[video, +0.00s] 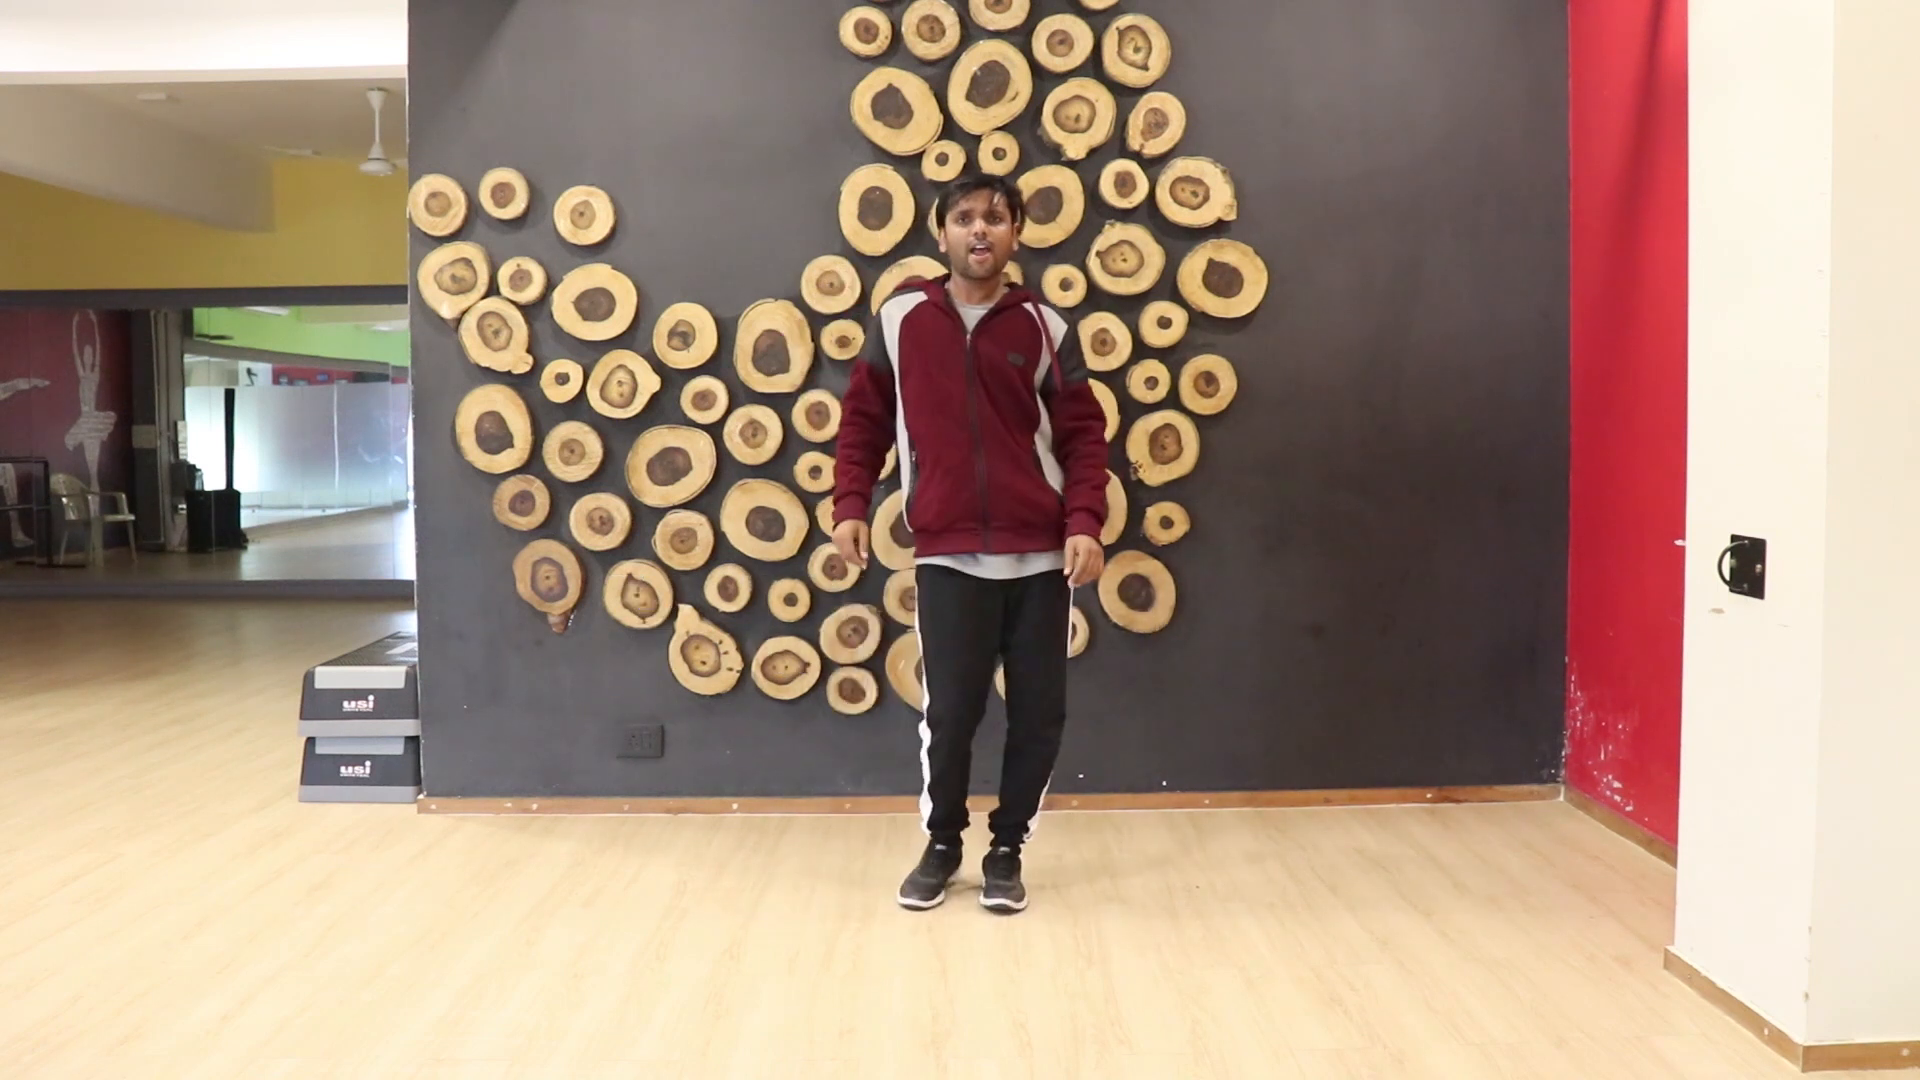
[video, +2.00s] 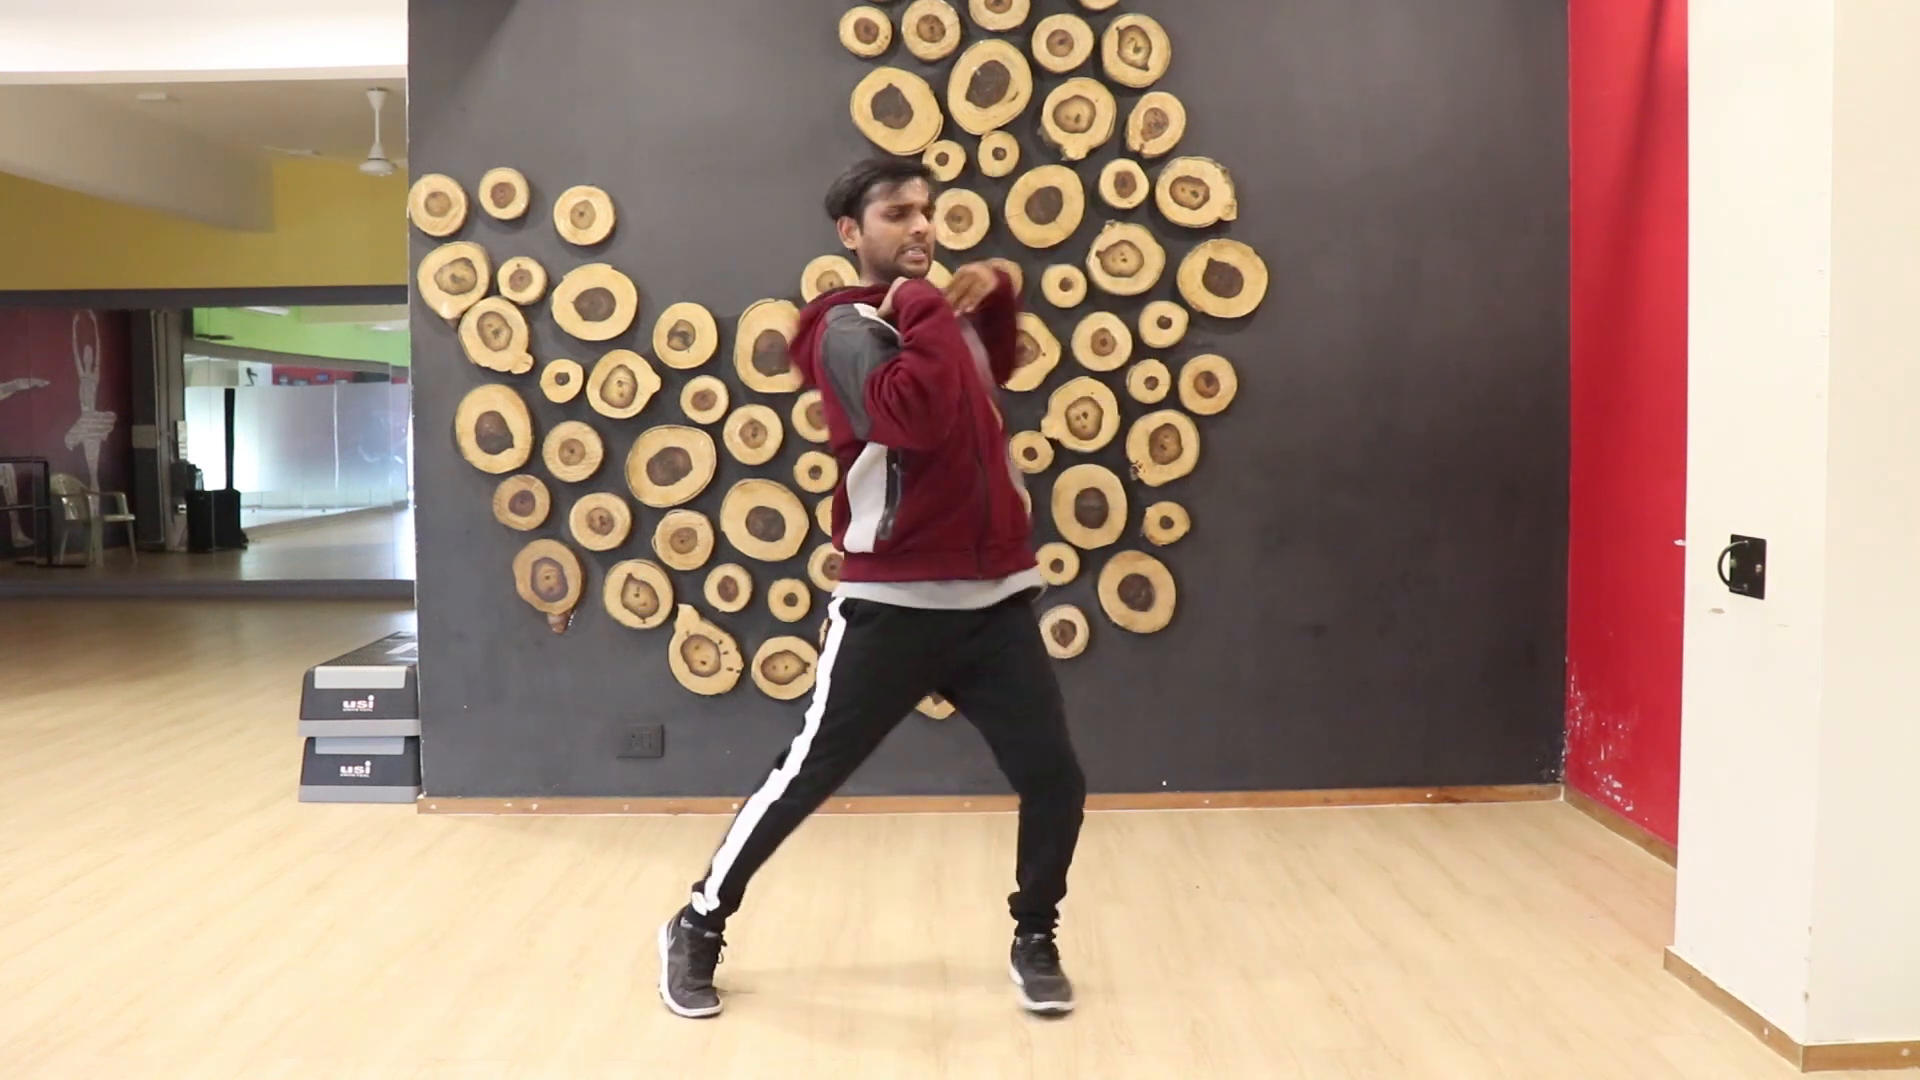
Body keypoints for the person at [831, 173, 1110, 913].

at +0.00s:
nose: (980, 231)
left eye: (994, 219)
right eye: (966, 219)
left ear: (1014, 235)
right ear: (942, 235)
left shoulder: (1044, 324)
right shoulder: (902, 317)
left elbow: (1080, 429)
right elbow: (865, 415)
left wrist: (1084, 519)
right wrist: (852, 507)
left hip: (1039, 552)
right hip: (948, 553)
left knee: (1039, 715)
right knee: (950, 710)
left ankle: (1005, 854)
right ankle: (940, 847)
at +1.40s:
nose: (949, 230)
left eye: (965, 218)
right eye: (933, 217)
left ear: (987, 237)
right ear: (908, 237)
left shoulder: (1027, 329)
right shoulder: (867, 325)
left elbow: (1081, 434)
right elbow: (815, 435)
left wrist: (1034, 492)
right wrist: (869, 441)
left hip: (997, 576)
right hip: (896, 575)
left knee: (1009, 737)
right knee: (911, 730)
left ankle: (1019, 913)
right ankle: (936, 847)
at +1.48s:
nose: (955, 227)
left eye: (971, 214)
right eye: (939, 214)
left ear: (993, 233)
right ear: (913, 232)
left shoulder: (1021, 316)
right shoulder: (884, 310)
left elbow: (1019, 419)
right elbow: (871, 404)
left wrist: (915, 367)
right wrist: (982, 337)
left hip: (1006, 567)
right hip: (908, 568)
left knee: (1018, 747)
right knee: (913, 742)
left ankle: (1023, 929)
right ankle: (939, 836)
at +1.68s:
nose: (965, 214)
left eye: (982, 203)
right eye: (949, 201)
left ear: (1007, 222)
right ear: (922, 217)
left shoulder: (1030, 305)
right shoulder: (880, 293)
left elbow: (1065, 394)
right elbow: (811, 392)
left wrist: (974, 313)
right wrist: (905, 324)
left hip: (1018, 563)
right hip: (913, 563)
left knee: (1037, 749)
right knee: (977, 731)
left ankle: (1028, 931)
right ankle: (982, 887)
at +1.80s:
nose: (965, 211)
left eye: (981, 199)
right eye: (946, 198)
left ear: (1001, 220)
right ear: (914, 215)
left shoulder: (1044, 312)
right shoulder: (864, 306)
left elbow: (1161, 351)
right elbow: (776, 375)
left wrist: (1087, 279)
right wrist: (804, 301)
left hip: (1002, 572)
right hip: (894, 563)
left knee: (1030, 762)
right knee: (923, 717)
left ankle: (1033, 941)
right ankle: (884, 882)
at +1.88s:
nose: (958, 217)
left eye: (970, 203)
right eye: (937, 204)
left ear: (987, 219)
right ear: (899, 221)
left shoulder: (1039, 313)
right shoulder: (866, 316)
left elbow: (1145, 305)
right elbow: (808, 453)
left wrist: (1079, 239)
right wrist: (828, 348)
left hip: (999, 584)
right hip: (887, 578)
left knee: (1021, 762)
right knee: (860, 743)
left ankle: (1035, 945)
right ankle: (766, 909)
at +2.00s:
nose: (922, 229)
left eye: (927, 214)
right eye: (900, 215)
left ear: (935, 225)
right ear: (851, 231)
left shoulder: (935, 311)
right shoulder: (846, 330)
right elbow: (913, 415)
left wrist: (1000, 296)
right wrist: (926, 313)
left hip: (995, 604)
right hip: (890, 608)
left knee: (1055, 783)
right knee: (807, 778)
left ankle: (1036, 938)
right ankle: (698, 928)